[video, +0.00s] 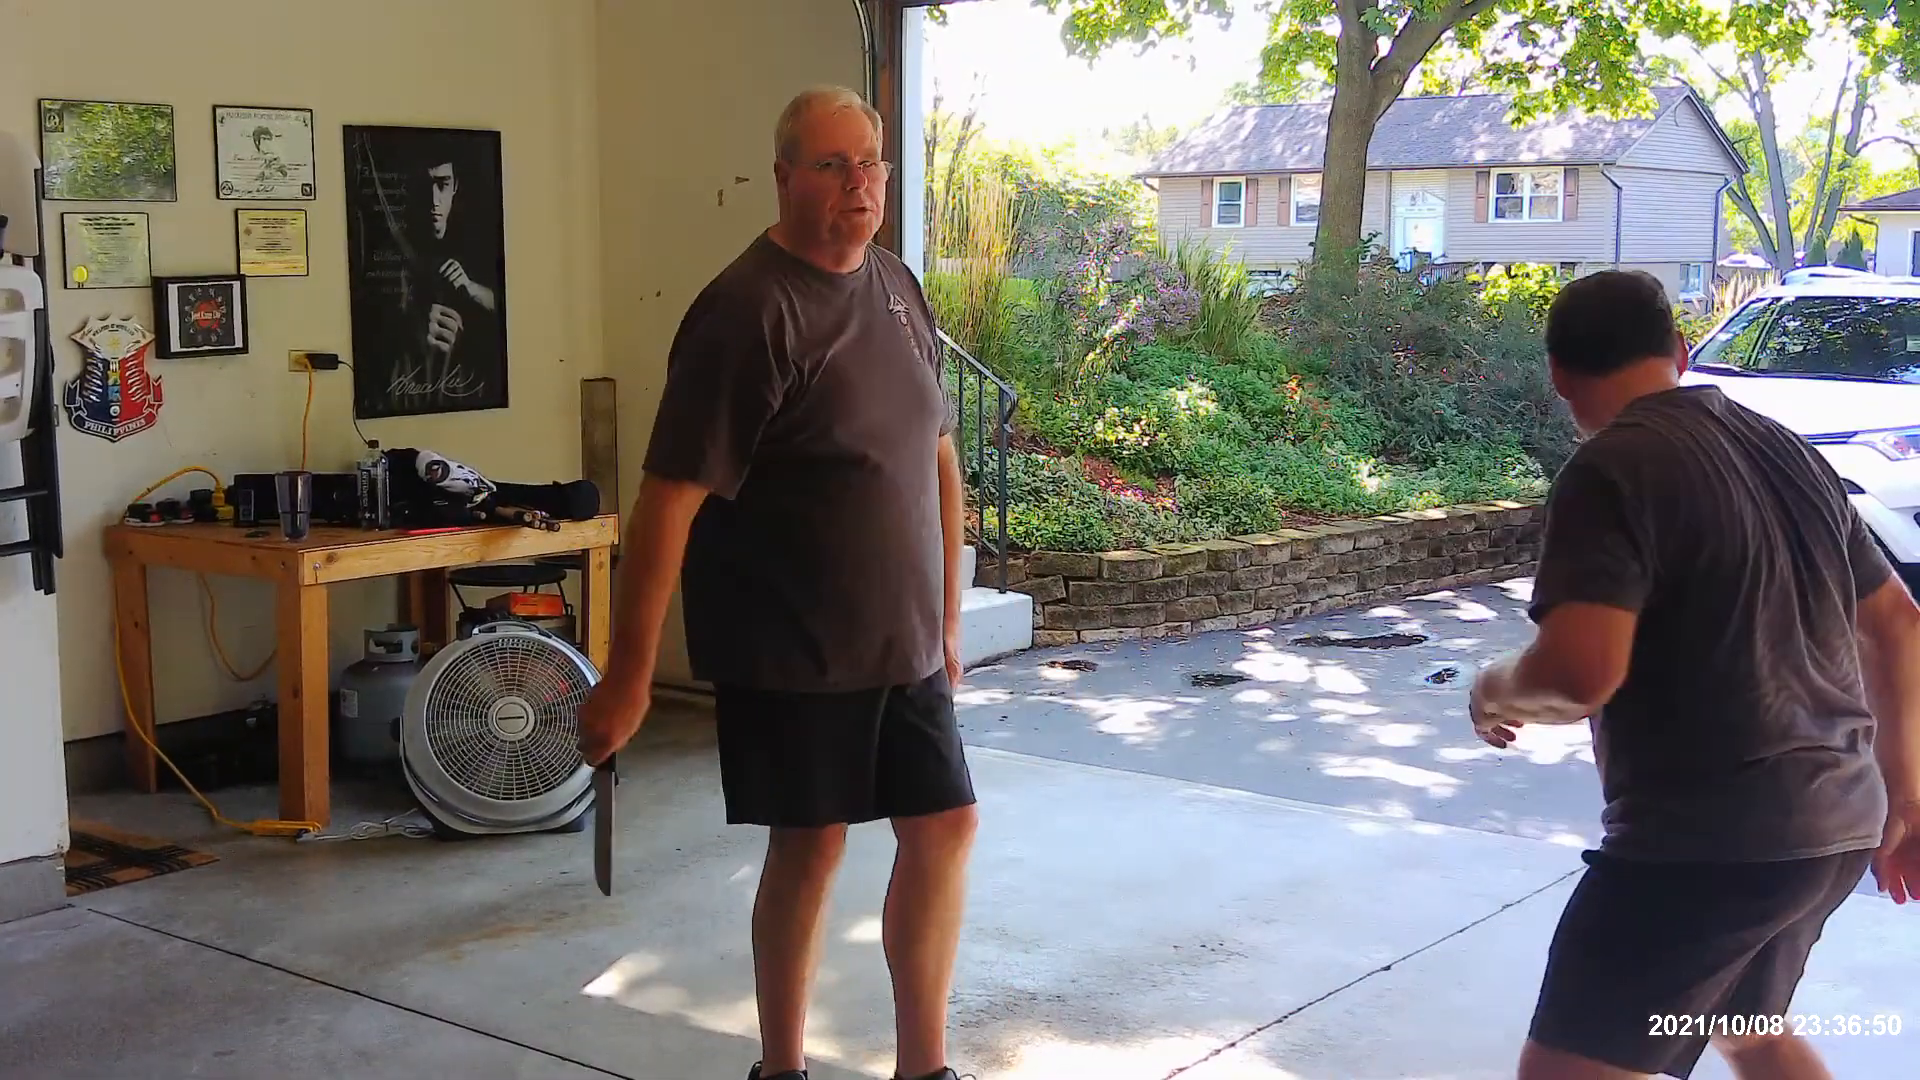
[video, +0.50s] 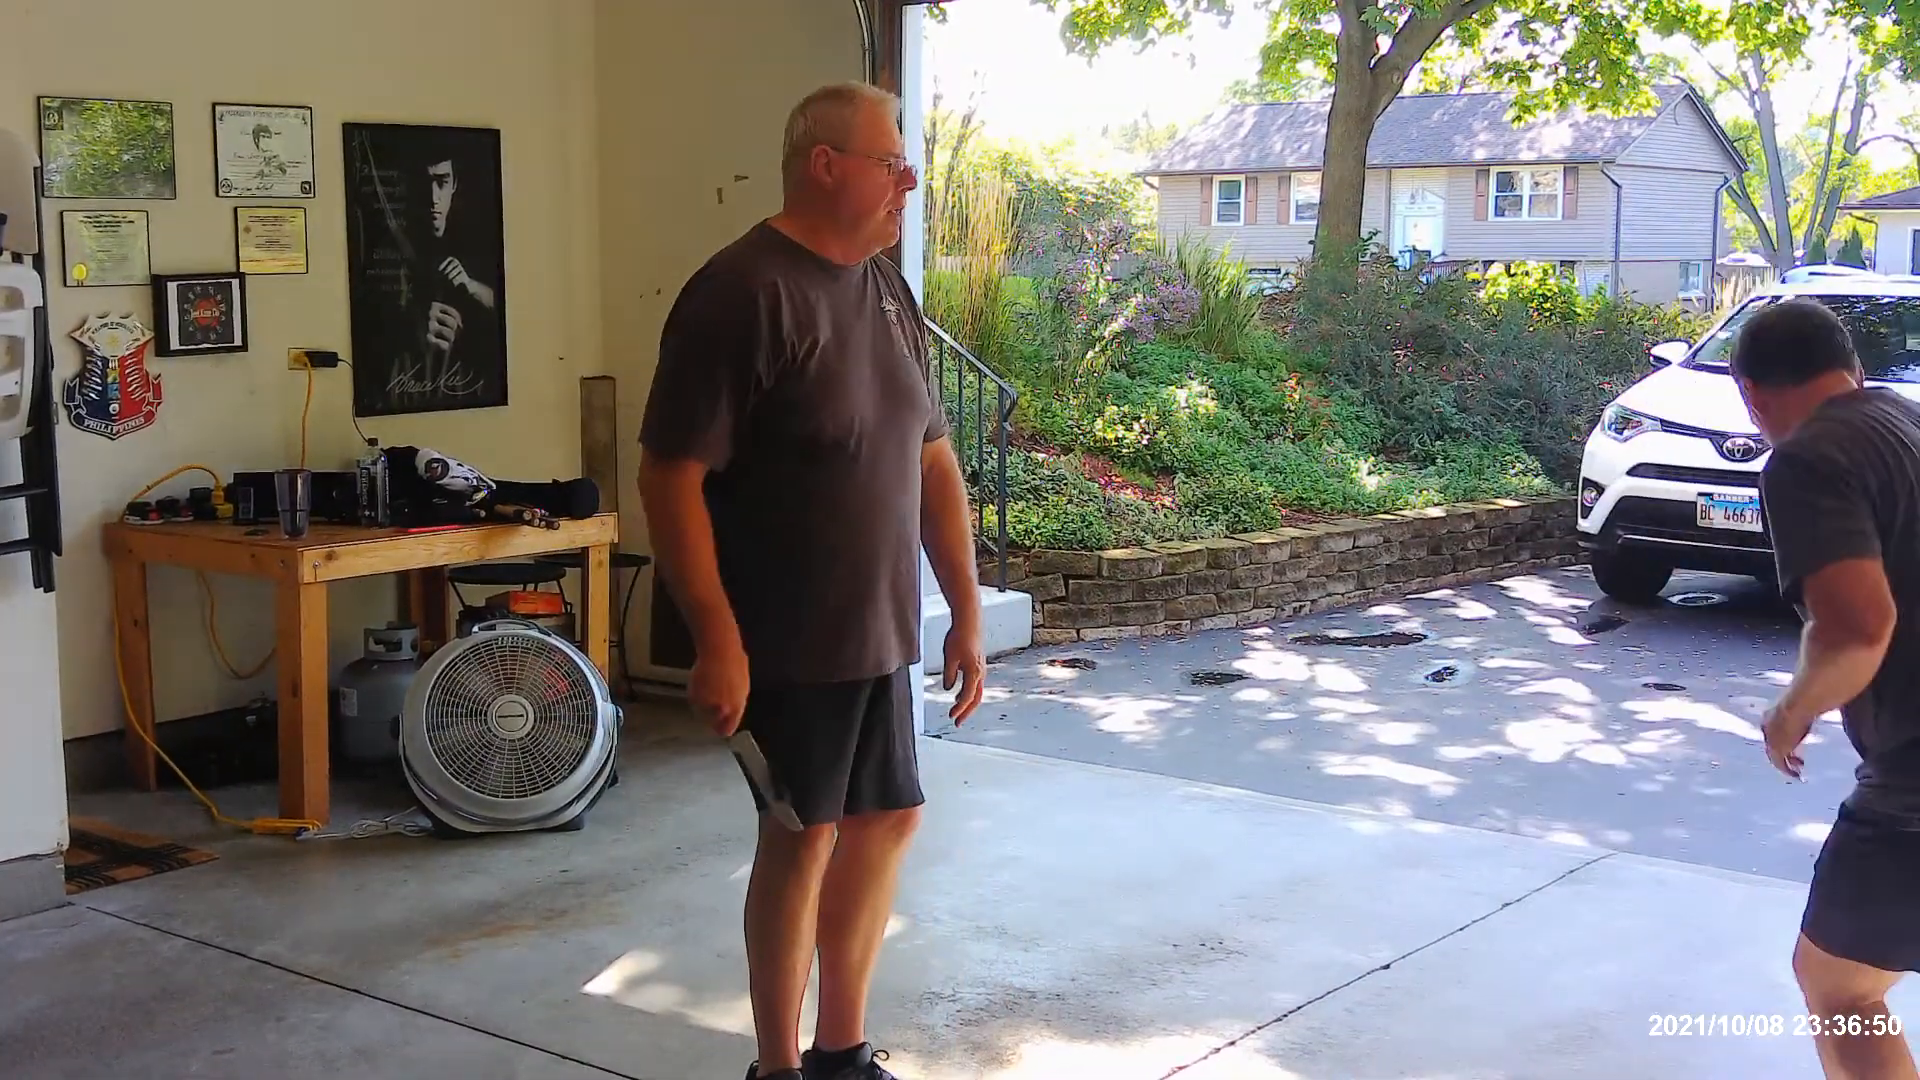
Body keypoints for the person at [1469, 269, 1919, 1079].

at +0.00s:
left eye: (1556, 380)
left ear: (1561, 378)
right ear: (1680, 349)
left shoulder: (1611, 466)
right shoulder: (1785, 447)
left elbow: (1583, 670)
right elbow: (1891, 615)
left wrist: (1500, 688)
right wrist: (1902, 796)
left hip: (1709, 834)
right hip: (1843, 816)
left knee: (1566, 1066)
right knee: (1750, 1021)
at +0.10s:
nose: (1622, 393)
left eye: (1614, 375)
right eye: (1619, 376)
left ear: (1618, 370)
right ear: (1725, 337)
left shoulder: (1684, 448)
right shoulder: (1833, 425)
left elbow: (1693, 625)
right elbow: (1912, 586)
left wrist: (1568, 670)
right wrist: (1894, 713)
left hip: (1771, 804)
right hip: (1890, 785)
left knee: (1662, 1052)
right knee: (1795, 1010)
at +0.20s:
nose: (1662, 354)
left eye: (1656, 338)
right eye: (1659, 340)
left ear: (1663, 335)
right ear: (1763, 300)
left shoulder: (1731, 406)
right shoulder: (1870, 380)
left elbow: (1762, 574)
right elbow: (1905, 531)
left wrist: (1640, 627)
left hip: (1812, 760)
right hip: (1905, 747)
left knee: (1733, 1010)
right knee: (1832, 993)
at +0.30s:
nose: (1690, 331)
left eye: (1683, 315)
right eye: (1685, 317)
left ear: (1693, 305)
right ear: (1789, 272)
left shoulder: (1754, 367)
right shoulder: (1882, 334)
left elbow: (1793, 530)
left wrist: (1701, 588)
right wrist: (1745, 580)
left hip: (1850, 713)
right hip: (1906, 698)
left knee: (1819, 964)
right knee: (1881, 945)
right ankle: (1897, 1064)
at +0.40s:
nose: (1718, 347)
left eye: (1712, 332)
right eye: (1715, 333)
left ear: (1723, 324)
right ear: (1812, 292)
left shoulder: (1782, 386)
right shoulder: (1894, 350)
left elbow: (1828, 551)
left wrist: (1747, 619)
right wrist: (1783, 605)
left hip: (1880, 729)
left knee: (1873, 979)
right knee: (1895, 955)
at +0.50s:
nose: (1751, 419)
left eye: (1745, 400)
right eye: (1749, 400)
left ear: (1757, 394)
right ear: (1850, 367)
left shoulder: (1808, 459)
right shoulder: (1904, 415)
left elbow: (1858, 626)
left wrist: (1795, 711)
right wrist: (1822, 694)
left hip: (1907, 779)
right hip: (1907, 772)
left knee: (1838, 978)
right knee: (1842, 973)